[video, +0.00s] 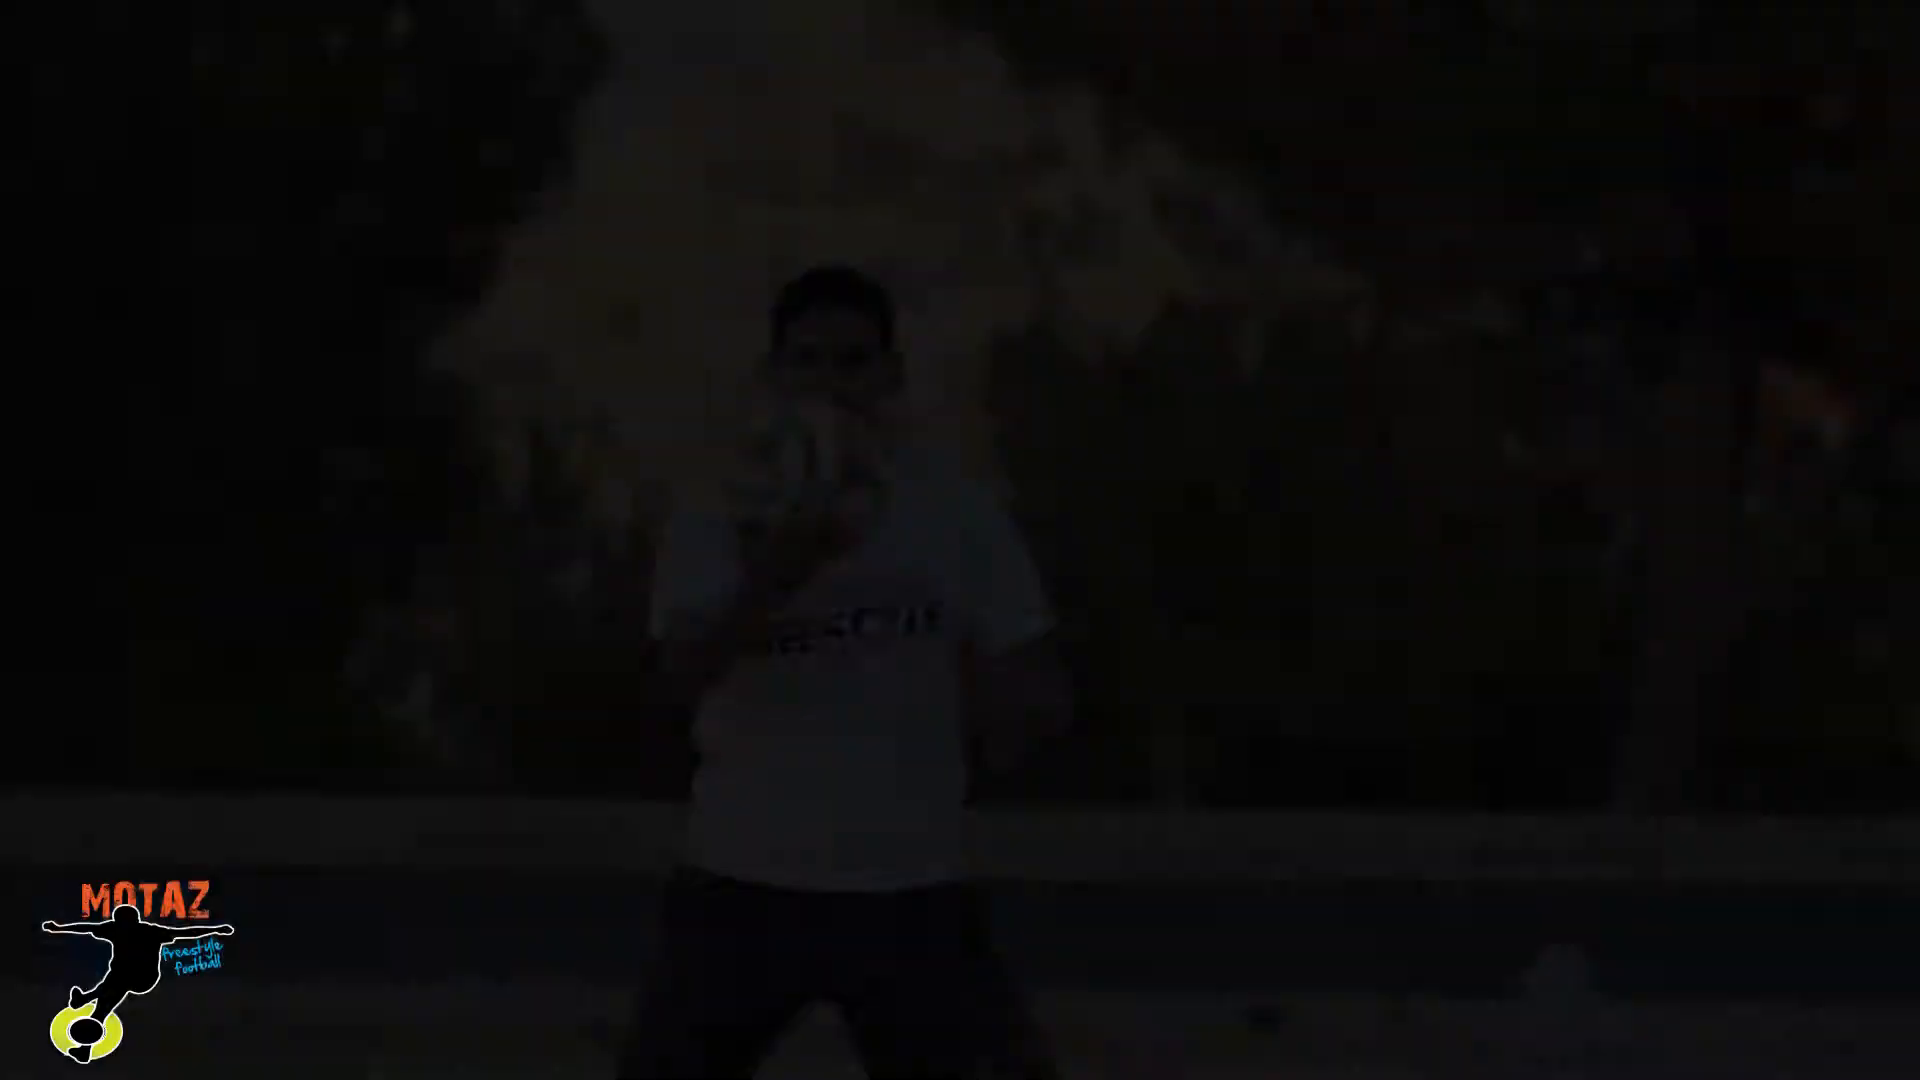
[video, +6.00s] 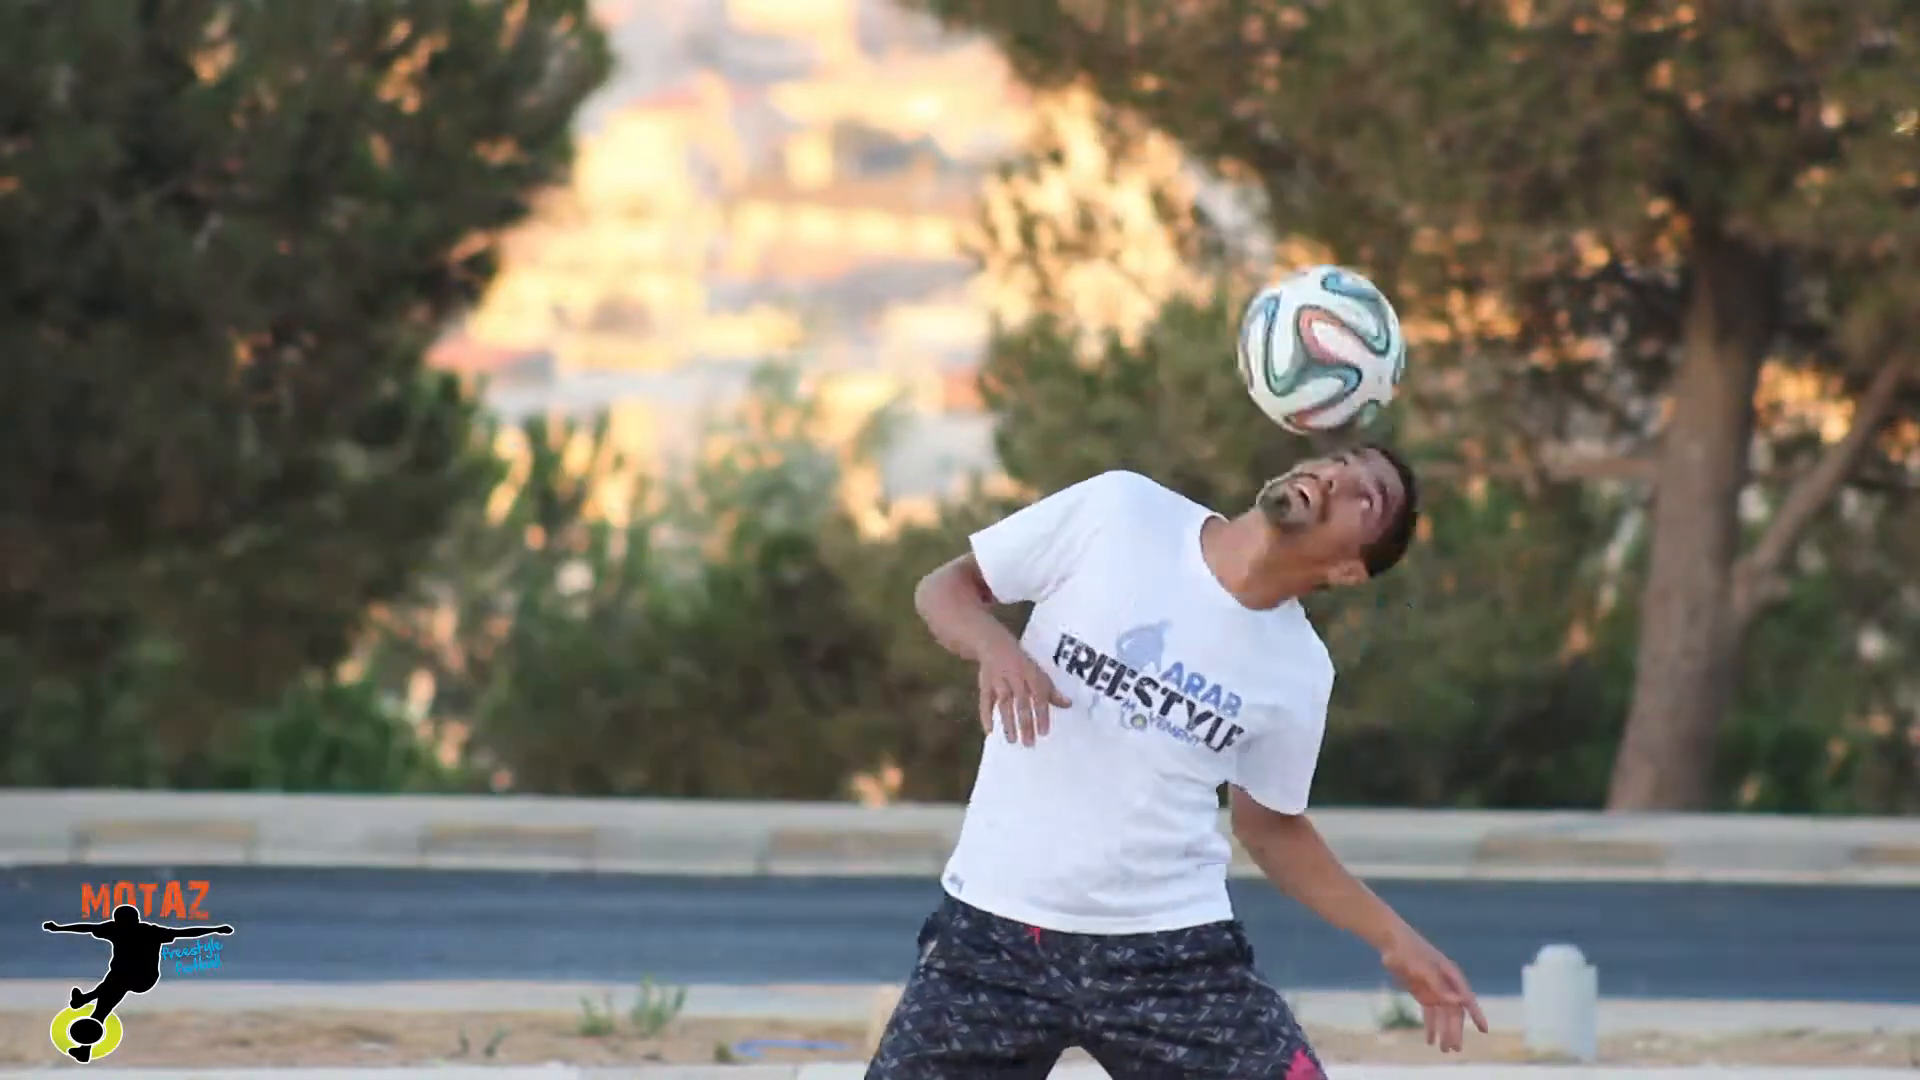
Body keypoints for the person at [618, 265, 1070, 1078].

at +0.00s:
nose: (834, 383)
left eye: (856, 358)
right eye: (811, 360)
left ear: (891, 372)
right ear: (777, 375)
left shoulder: (945, 504)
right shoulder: (730, 501)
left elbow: (1027, 683)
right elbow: (677, 680)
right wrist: (775, 577)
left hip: (910, 881)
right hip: (745, 878)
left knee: (972, 1063)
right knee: (671, 1064)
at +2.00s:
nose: (1200, 584)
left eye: (1220, 611)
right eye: (1206, 567)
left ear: (1174, 668)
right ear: (1158, 556)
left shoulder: (1086, 731)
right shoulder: (970, 532)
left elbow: (992, 831)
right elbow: (782, 553)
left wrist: (1088, 895)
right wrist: (743, 677)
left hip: (925, 944)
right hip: (760, 909)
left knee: (1061, 1072)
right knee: (672, 1071)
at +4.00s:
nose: (829, 766)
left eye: (856, 771)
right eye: (832, 744)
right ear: (840, 664)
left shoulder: (958, 682)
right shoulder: (737, 593)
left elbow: (992, 776)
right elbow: (616, 546)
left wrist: (1031, 908)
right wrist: (620, 686)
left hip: (872, 954)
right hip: (694, 948)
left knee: (992, 1068)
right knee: (640, 1068)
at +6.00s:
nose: (1331, 474)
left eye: (1365, 494)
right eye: (1338, 461)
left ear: (1347, 570)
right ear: (1291, 474)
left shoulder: (1298, 672)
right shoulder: (1115, 508)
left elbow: (1270, 823)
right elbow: (942, 589)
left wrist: (1394, 940)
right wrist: (993, 643)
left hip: (1174, 967)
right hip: (987, 947)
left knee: (1296, 1072)